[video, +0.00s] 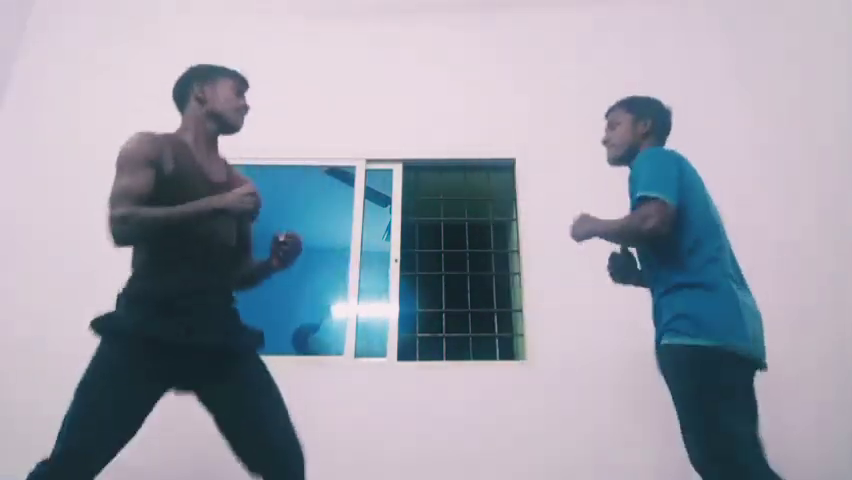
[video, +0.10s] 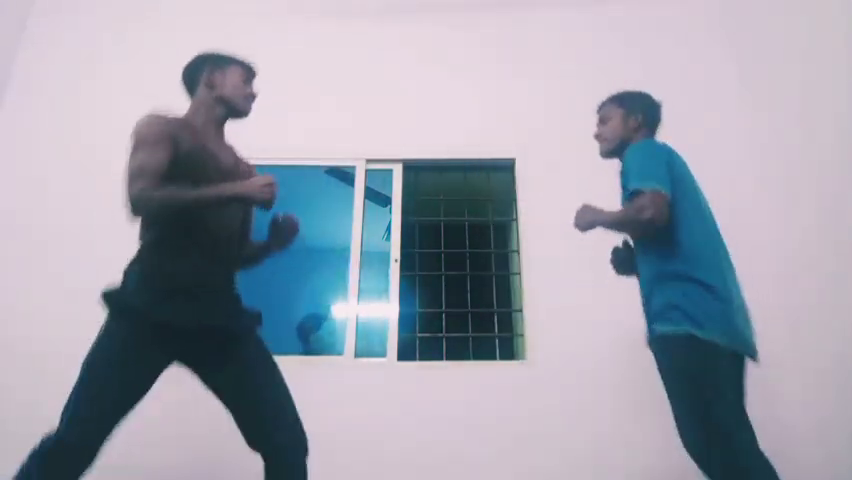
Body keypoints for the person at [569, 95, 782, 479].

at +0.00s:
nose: (604, 135)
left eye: (613, 125)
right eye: (606, 127)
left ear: (644, 127)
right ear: (646, 131)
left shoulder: (654, 160)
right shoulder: (677, 173)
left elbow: (654, 220)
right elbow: (692, 268)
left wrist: (597, 226)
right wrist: (638, 274)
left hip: (696, 329)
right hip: (726, 331)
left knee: (716, 459)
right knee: (740, 459)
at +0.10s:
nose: (596, 130)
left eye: (604, 120)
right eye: (597, 122)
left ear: (634, 121)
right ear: (636, 126)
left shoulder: (644, 152)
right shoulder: (661, 161)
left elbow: (651, 211)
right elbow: (684, 249)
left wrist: (601, 217)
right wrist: (640, 259)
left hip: (686, 321)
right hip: (712, 322)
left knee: (711, 442)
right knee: (728, 442)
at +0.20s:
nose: (586, 122)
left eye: (594, 113)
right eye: (587, 115)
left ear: (624, 114)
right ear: (627, 119)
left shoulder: (632, 142)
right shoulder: (662, 159)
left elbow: (644, 196)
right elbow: (679, 238)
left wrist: (599, 215)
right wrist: (631, 252)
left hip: (667, 301)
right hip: (704, 306)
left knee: (677, 414)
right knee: (706, 421)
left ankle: (722, 471)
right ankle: (726, 472)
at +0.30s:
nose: (584, 136)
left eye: (591, 126)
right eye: (584, 128)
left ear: (620, 128)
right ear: (626, 132)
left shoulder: (627, 157)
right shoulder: (657, 171)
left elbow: (640, 213)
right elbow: (674, 253)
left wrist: (594, 234)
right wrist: (624, 272)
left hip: (658, 313)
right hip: (697, 319)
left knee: (659, 425)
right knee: (691, 431)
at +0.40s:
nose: (578, 177)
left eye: (584, 167)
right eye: (578, 169)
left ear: (612, 167)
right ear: (617, 170)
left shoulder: (624, 199)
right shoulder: (659, 214)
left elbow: (633, 264)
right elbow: (671, 297)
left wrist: (582, 291)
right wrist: (622, 328)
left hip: (656, 343)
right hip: (702, 353)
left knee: (616, 452)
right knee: (681, 464)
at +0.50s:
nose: (563, 209)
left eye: (567, 199)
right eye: (562, 202)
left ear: (593, 196)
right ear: (603, 199)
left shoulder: (604, 220)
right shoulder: (648, 235)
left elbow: (617, 280)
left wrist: (574, 322)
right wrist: (621, 349)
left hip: (660, 338)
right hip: (713, 347)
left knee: (596, 448)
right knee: (689, 464)